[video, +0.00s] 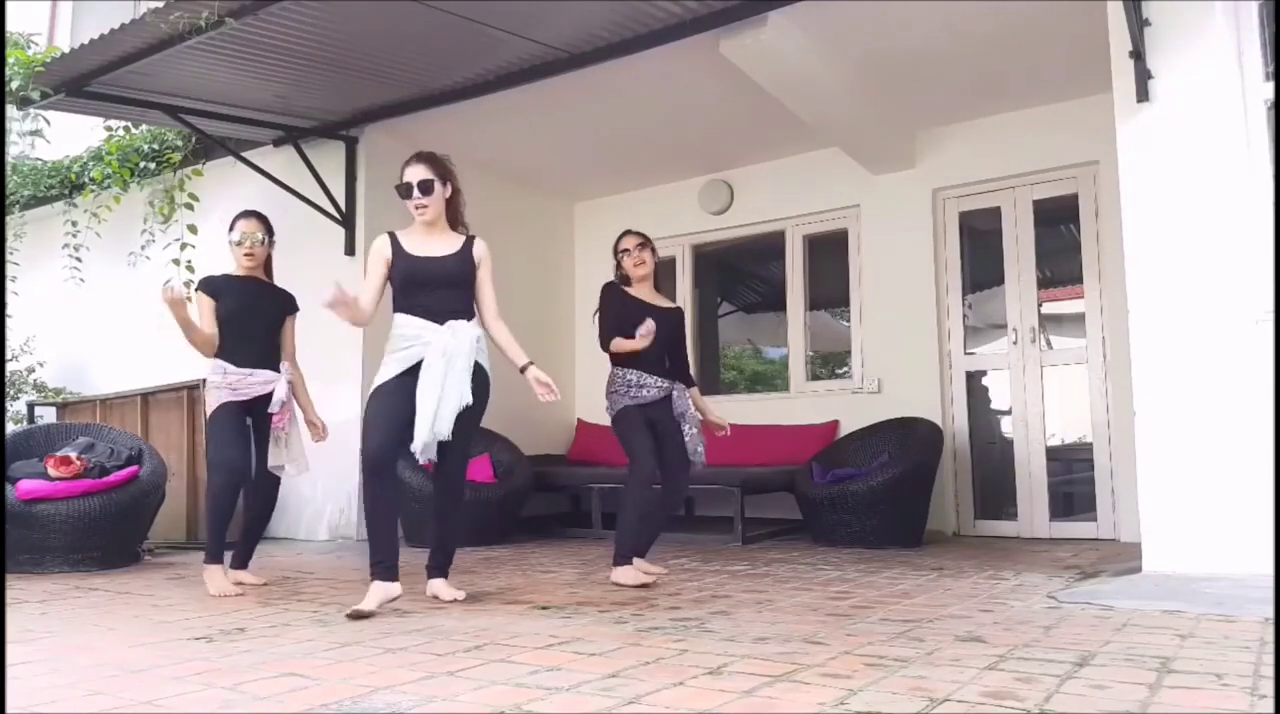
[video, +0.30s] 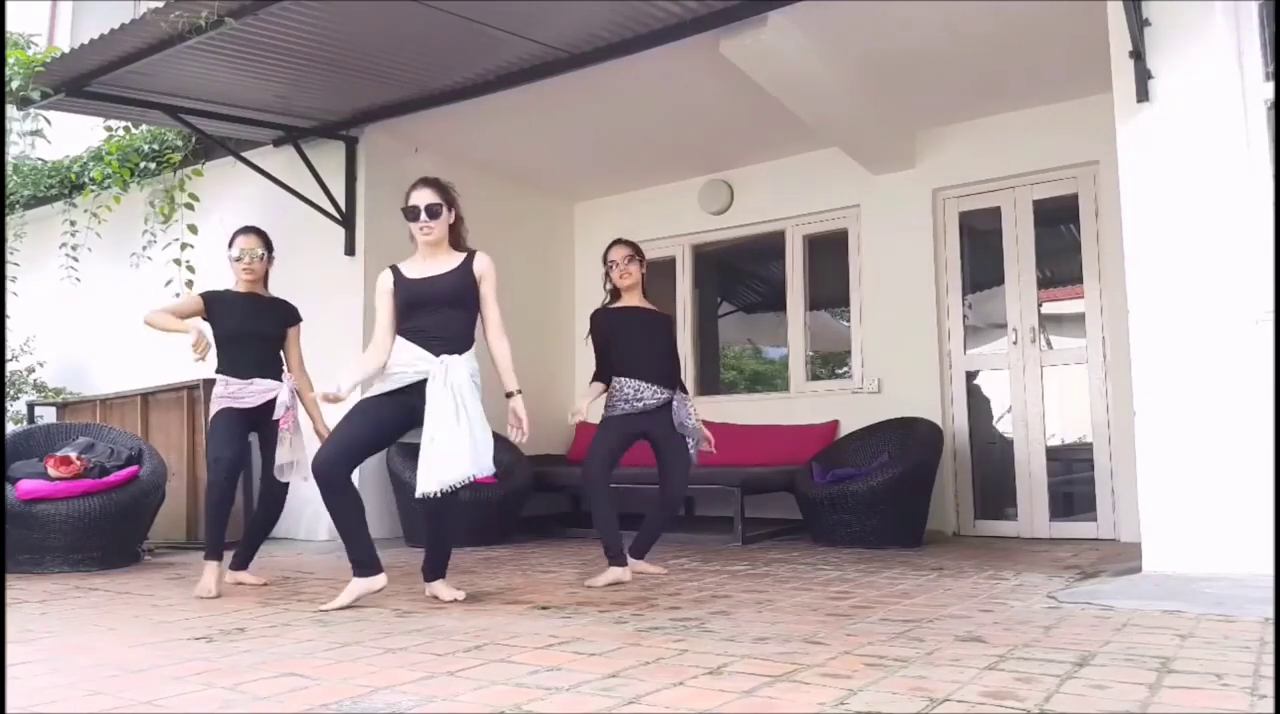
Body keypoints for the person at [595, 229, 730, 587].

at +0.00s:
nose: (635, 256)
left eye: (641, 248)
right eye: (626, 253)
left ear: (654, 255)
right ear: (620, 264)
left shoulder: (672, 310)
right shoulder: (615, 292)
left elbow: (681, 368)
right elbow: (608, 341)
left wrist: (706, 412)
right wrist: (638, 343)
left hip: (666, 399)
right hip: (628, 397)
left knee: (676, 478)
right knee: (643, 466)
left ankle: (636, 555)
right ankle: (621, 564)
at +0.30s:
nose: (621, 268)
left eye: (628, 261)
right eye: (613, 265)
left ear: (642, 266)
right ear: (608, 274)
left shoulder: (662, 318)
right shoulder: (602, 317)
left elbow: (674, 378)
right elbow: (603, 372)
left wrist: (694, 423)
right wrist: (584, 401)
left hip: (664, 411)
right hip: (620, 413)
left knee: (674, 495)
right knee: (594, 473)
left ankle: (635, 555)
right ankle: (617, 564)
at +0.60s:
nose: (622, 250)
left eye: (627, 242)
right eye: (614, 247)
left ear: (643, 243)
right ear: (610, 256)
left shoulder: (661, 296)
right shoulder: (608, 285)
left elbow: (666, 357)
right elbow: (562, 324)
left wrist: (685, 405)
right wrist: (580, 346)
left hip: (651, 392)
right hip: (614, 388)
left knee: (661, 478)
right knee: (612, 470)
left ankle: (632, 555)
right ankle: (590, 559)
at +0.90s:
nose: (636, 256)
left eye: (643, 249)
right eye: (628, 251)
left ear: (657, 253)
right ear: (622, 260)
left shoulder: (672, 308)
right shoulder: (612, 293)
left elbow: (679, 362)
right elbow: (596, 345)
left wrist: (701, 410)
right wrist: (597, 394)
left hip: (665, 397)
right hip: (622, 395)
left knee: (665, 477)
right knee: (612, 472)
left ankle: (660, 554)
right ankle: (601, 559)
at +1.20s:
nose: (641, 265)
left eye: (650, 259)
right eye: (634, 258)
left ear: (659, 267)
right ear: (624, 266)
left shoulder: (673, 307)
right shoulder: (622, 314)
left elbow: (692, 361)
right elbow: (619, 374)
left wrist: (716, 410)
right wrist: (581, 374)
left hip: (660, 398)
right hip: (622, 395)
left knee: (653, 480)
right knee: (586, 465)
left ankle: (658, 555)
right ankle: (614, 547)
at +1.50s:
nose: (655, 261)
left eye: (663, 255)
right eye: (648, 254)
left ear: (676, 261)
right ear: (641, 261)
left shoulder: (688, 302)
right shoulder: (645, 303)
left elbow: (711, 355)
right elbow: (635, 350)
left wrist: (738, 400)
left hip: (651, 400)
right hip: (618, 396)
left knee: (659, 487)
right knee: (605, 478)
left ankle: (714, 546)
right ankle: (614, 555)